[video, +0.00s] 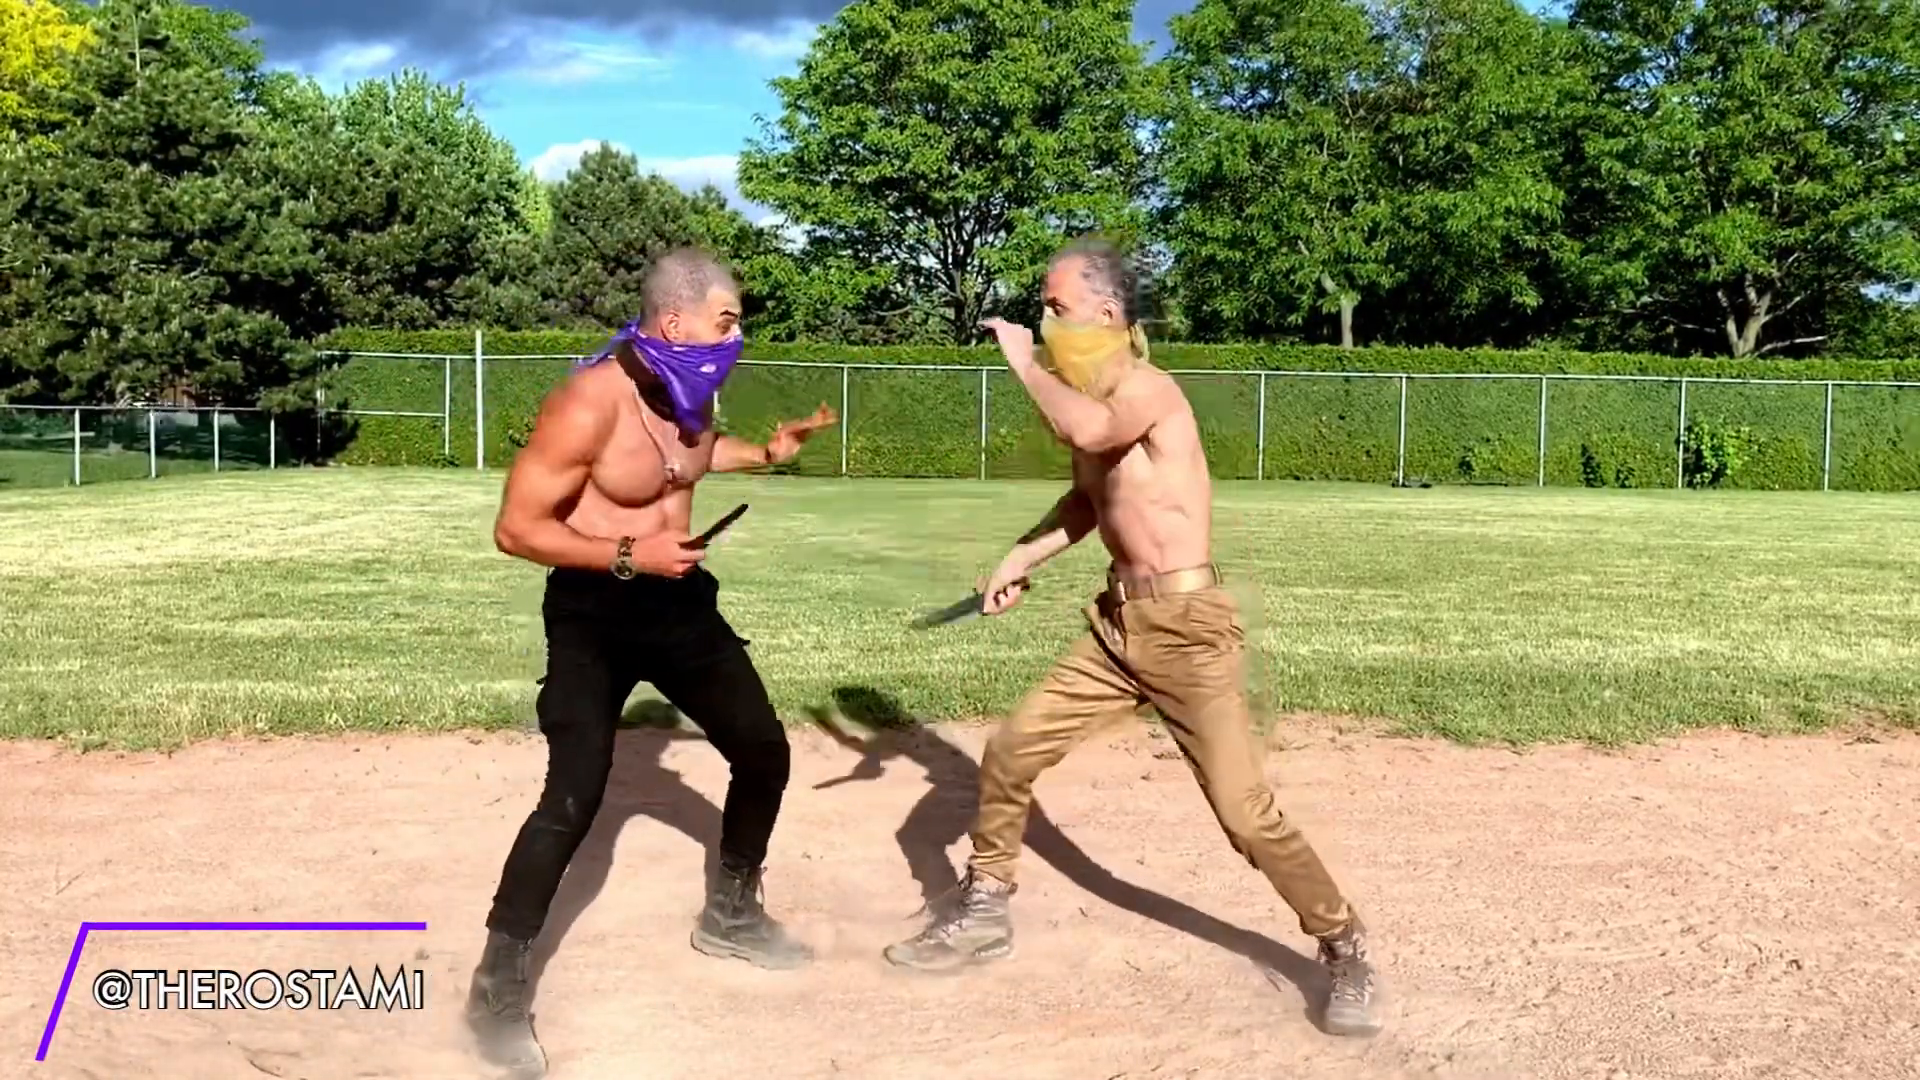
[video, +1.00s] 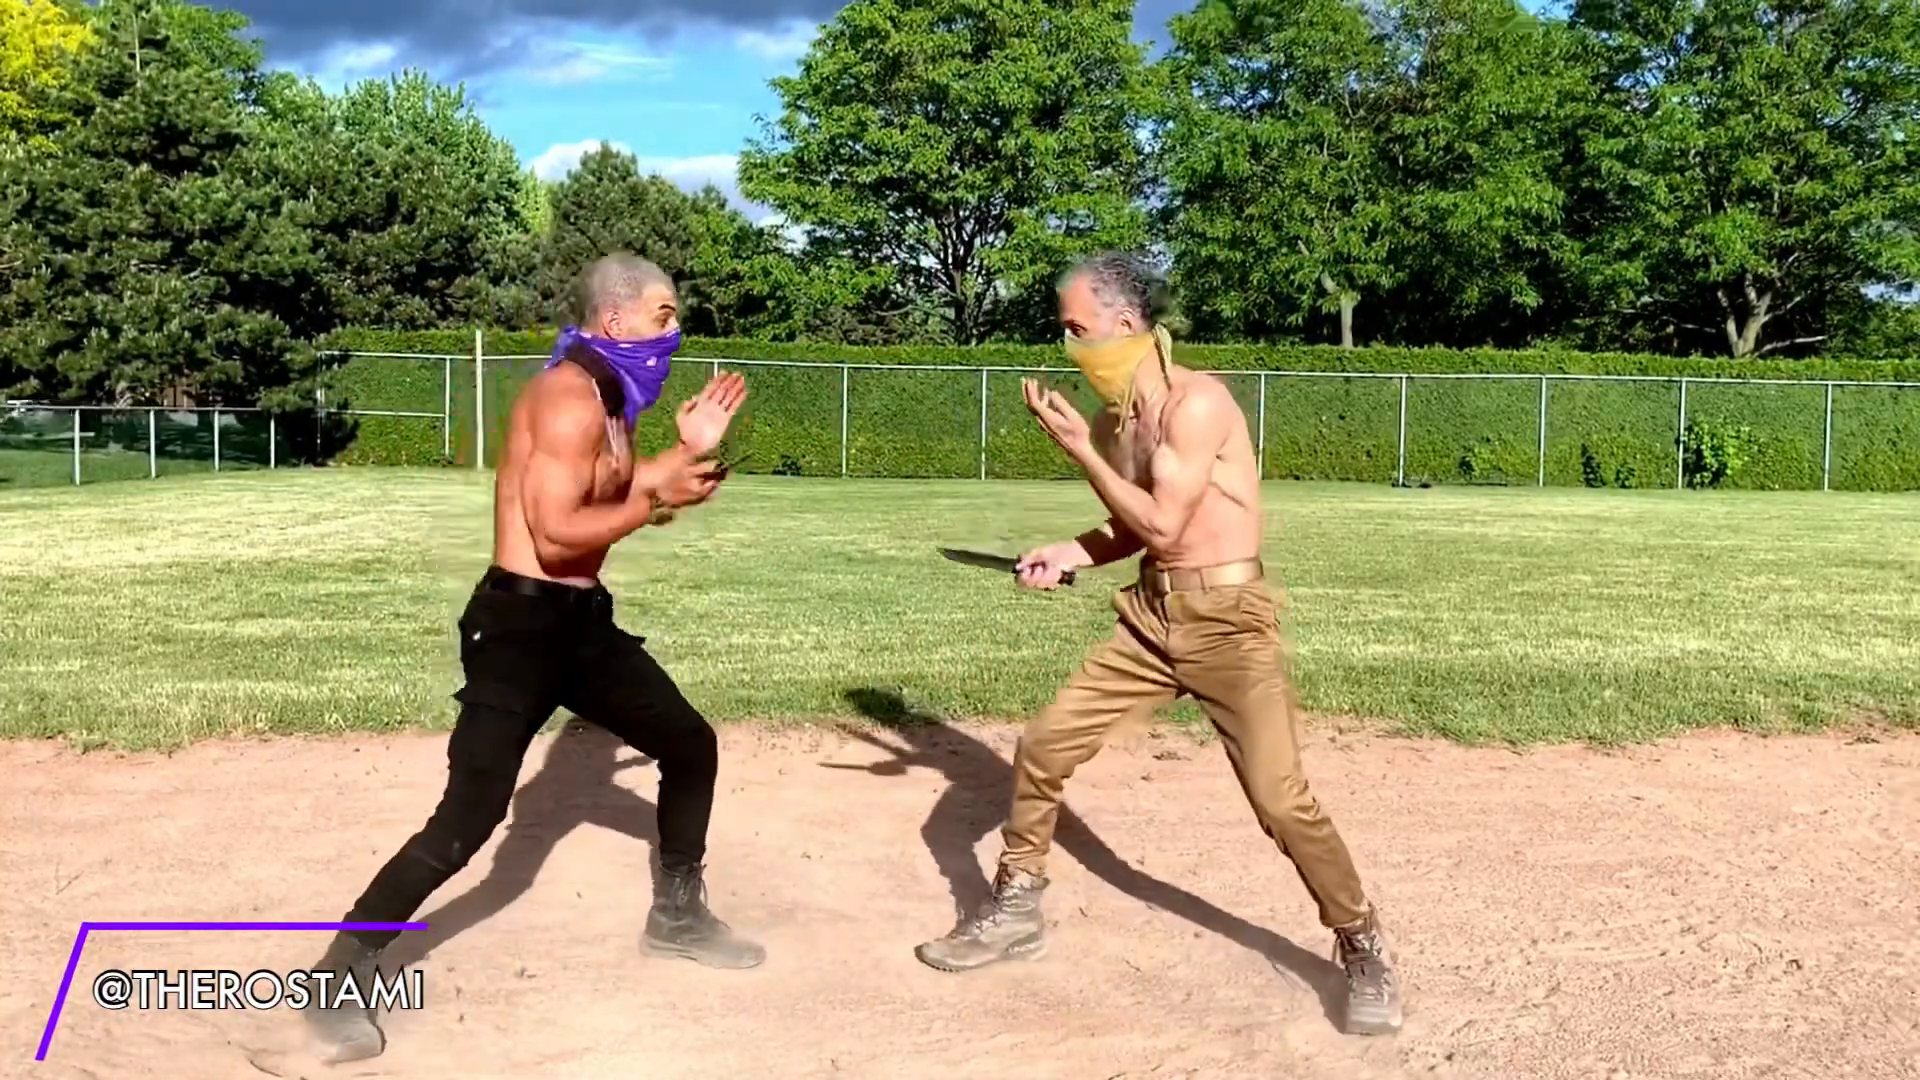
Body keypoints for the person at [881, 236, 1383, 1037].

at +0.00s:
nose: (1045, 322)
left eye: (1058, 308)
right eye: (1044, 309)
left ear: (1111, 309)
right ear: (1078, 316)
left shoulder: (1153, 389)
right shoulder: (1099, 410)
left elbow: (1094, 432)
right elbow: (1088, 506)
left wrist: (1025, 366)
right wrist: (1020, 557)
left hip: (1191, 630)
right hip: (1119, 628)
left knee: (1245, 815)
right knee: (1009, 756)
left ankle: (1344, 948)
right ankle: (984, 913)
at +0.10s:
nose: (1038, 319)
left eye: (1046, 302)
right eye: (1036, 303)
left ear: (1094, 304)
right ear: (1092, 311)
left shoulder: (1129, 367)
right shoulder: (1114, 391)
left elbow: (1060, 333)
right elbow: (1199, 455)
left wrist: (979, 276)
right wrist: (1162, 547)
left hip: (1178, 623)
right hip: (1112, 623)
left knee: (1237, 811)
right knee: (1002, 754)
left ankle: (1348, 943)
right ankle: (985, 914)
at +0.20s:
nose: (1092, 283)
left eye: (1106, 265)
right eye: (1090, 268)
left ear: (1146, 278)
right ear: (1116, 280)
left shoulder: (1158, 354)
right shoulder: (1153, 367)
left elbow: (1137, 303)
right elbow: (1236, 424)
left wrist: (1073, 211)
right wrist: (1200, 517)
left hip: (1166, 597)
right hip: (1114, 598)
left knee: (1223, 797)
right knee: (1024, 756)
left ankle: (1339, 943)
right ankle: (988, 913)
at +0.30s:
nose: (1138, 301)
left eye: (1153, 286)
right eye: (1139, 290)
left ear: (1196, 288)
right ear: (1179, 294)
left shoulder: (1204, 353)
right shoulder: (1181, 372)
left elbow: (1202, 365)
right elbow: (1236, 474)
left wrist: (1137, 264)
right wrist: (1161, 519)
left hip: (1172, 595)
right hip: (1124, 593)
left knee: (1208, 795)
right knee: (1047, 755)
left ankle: (1330, 948)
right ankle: (995, 914)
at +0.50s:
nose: (1112, 309)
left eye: (1122, 293)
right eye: (1111, 296)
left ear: (1170, 293)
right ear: (1144, 297)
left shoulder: (1232, 382)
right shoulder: (1141, 392)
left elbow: (1209, 470)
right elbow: (1142, 483)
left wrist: (1153, 362)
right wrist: (1062, 511)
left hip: (1236, 613)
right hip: (1162, 609)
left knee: (1249, 802)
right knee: (1052, 750)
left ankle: (1339, 962)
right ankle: (1025, 912)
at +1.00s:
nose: (1071, 346)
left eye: (1080, 329)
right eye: (1066, 332)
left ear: (1130, 321)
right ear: (1098, 331)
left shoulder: (1201, 404)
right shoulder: (1116, 421)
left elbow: (1165, 525)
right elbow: (1141, 526)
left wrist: (1083, 452)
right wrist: (1075, 552)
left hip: (1231, 625)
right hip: (1148, 619)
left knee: (1280, 802)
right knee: (1042, 750)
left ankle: (1363, 950)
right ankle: (1017, 910)